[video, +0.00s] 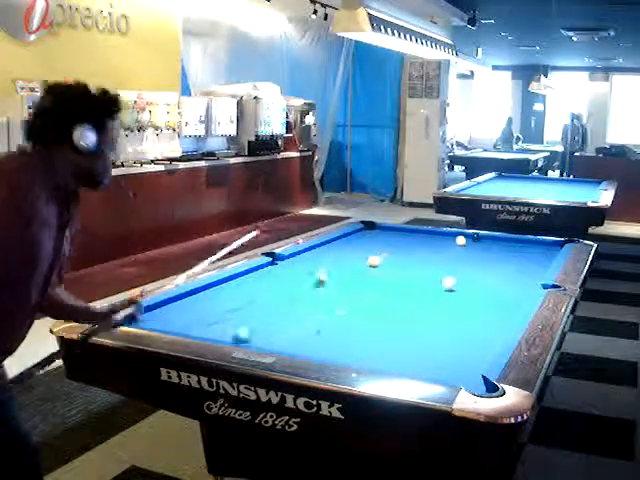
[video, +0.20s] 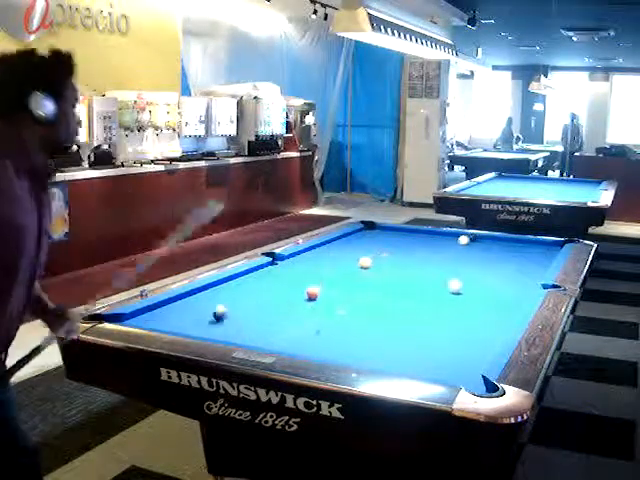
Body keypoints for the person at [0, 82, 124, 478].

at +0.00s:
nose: (116, 154)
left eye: (114, 142)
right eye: (110, 142)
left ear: (80, 140)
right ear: (81, 140)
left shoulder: (61, 193)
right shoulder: (16, 190)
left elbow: (41, 293)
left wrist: (97, 315)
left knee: (21, 455)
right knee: (21, 457)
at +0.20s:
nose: (76, 118)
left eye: (75, 105)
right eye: (70, 104)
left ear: (40, 107)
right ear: (39, 106)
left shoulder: (32, 171)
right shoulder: (9, 173)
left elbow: (21, 263)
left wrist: (50, 310)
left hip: (0, 360)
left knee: (17, 453)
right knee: (19, 454)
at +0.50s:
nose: (25, 87)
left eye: (19, 73)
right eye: (14, 73)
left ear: (11, 82)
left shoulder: (10, 163)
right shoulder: (6, 164)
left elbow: (26, 242)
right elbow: (23, 241)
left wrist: (59, 301)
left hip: (6, 362)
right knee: (22, 466)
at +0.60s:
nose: (9, 89)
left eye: (8, 77)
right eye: (3, 77)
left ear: (11, 87)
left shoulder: (7, 168)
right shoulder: (7, 169)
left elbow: (20, 253)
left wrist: (70, 312)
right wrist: (1, 388)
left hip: (8, 371)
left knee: (25, 468)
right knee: (25, 468)